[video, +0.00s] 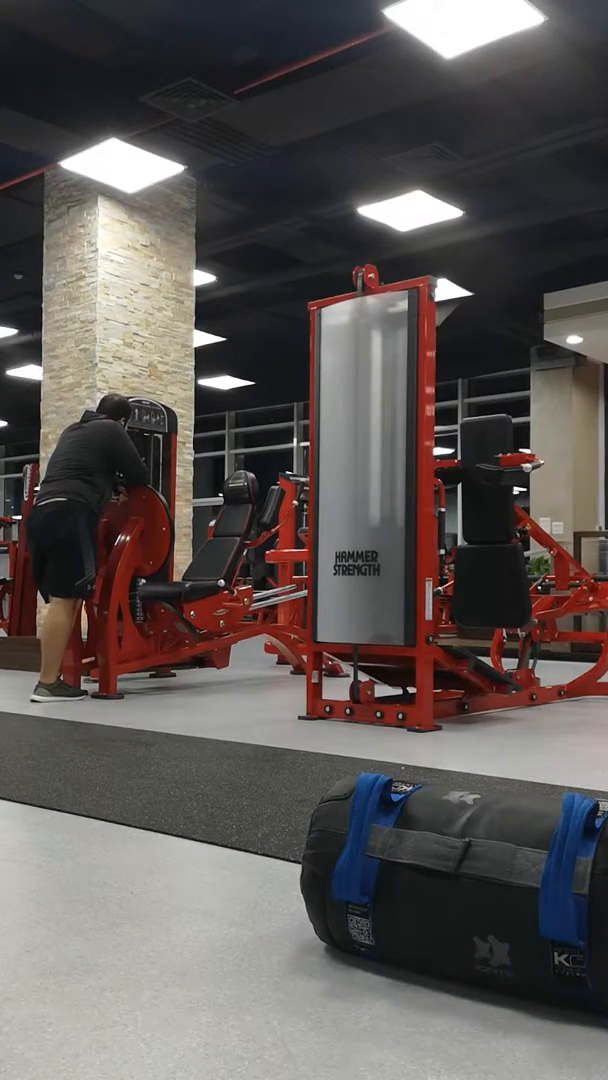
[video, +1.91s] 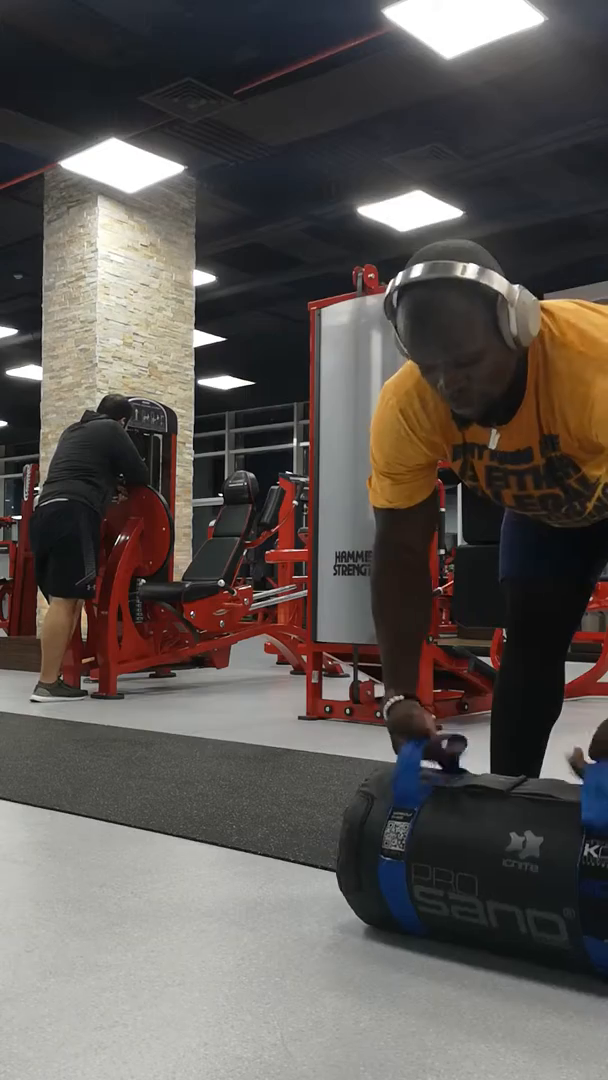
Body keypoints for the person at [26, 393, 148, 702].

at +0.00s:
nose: (126, 427)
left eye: (126, 424)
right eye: (127, 423)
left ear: (99, 414)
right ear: (122, 420)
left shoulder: (71, 431)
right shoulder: (113, 431)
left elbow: (75, 469)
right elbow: (141, 478)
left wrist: (109, 486)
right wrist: (114, 474)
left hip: (40, 512)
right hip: (66, 511)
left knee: (63, 600)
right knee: (62, 600)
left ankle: (51, 678)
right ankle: (48, 682)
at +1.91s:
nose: (126, 427)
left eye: (126, 423)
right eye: (127, 423)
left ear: (100, 414)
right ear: (122, 419)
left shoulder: (71, 431)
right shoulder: (113, 430)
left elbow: (74, 471)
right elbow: (140, 478)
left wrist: (110, 486)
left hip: (44, 511)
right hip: (70, 510)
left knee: (67, 601)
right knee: (63, 601)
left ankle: (53, 678)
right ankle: (47, 682)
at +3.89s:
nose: (123, 424)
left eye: (122, 420)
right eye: (124, 420)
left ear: (94, 413)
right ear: (119, 417)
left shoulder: (70, 431)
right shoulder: (112, 431)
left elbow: (76, 470)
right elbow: (141, 478)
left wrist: (111, 486)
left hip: (43, 511)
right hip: (68, 511)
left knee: (68, 601)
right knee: (59, 601)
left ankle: (54, 678)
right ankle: (47, 682)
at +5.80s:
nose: (121, 424)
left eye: (120, 420)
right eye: (121, 419)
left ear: (91, 413)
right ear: (115, 417)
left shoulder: (69, 431)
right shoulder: (112, 431)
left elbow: (74, 471)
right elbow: (140, 478)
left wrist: (109, 487)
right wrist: (111, 475)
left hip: (41, 512)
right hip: (69, 511)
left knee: (60, 601)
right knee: (63, 601)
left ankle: (51, 679)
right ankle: (48, 682)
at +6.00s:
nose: (121, 424)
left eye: (120, 420)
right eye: (121, 419)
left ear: (91, 413)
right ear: (115, 417)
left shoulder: (69, 431)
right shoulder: (112, 431)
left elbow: (74, 471)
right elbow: (140, 478)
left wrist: (109, 487)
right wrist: (112, 475)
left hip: (41, 511)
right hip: (69, 511)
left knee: (61, 601)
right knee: (63, 601)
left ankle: (51, 679)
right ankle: (48, 682)